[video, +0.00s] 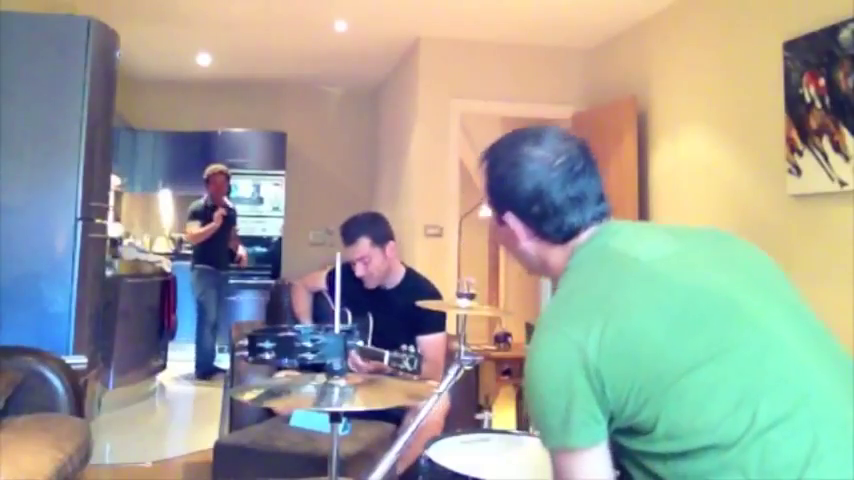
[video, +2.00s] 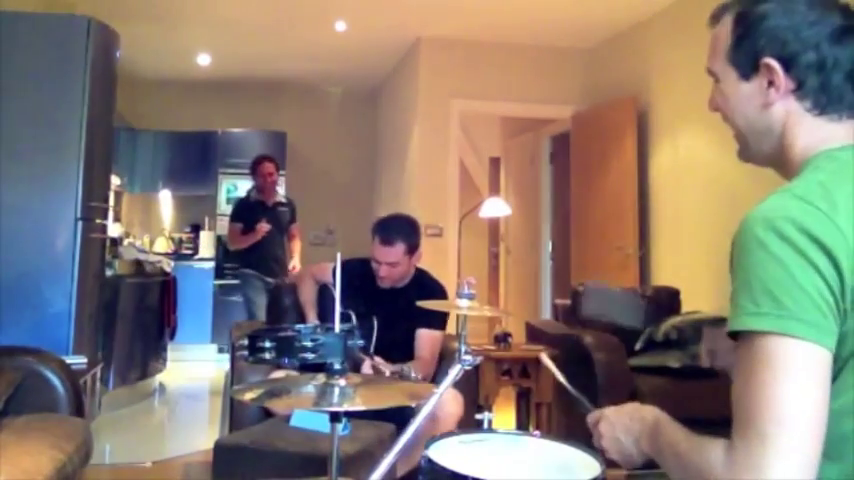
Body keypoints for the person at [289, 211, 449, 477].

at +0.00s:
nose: (358, 272)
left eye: (365, 261)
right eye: (353, 263)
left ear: (390, 250)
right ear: (347, 258)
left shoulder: (423, 296)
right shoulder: (345, 277)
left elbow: (432, 376)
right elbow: (301, 286)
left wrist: (382, 368)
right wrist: (308, 334)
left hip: (398, 394)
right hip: (343, 386)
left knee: (434, 408)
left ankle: (384, 474)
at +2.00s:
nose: (382, 272)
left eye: (392, 265)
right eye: (377, 262)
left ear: (414, 258)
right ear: (371, 250)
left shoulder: (429, 292)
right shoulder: (355, 271)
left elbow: (425, 367)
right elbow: (306, 275)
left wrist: (392, 370)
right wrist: (313, 325)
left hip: (396, 387)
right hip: (343, 378)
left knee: (450, 404)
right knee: (278, 389)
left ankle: (390, 472)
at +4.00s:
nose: (361, 277)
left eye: (370, 267)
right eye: (353, 267)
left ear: (391, 258)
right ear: (345, 257)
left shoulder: (413, 295)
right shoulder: (336, 277)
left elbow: (424, 371)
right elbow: (293, 286)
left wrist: (370, 366)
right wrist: (305, 330)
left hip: (389, 389)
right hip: (336, 382)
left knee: (439, 403)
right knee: (280, 386)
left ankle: (388, 473)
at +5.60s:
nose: (354, 284)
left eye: (362, 274)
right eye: (348, 275)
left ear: (385, 261)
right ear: (340, 265)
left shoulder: (412, 295)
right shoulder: (334, 279)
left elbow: (422, 368)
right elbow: (294, 287)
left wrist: (367, 367)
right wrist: (306, 333)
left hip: (389, 387)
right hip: (335, 381)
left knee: (438, 404)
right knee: (280, 389)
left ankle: (388, 473)